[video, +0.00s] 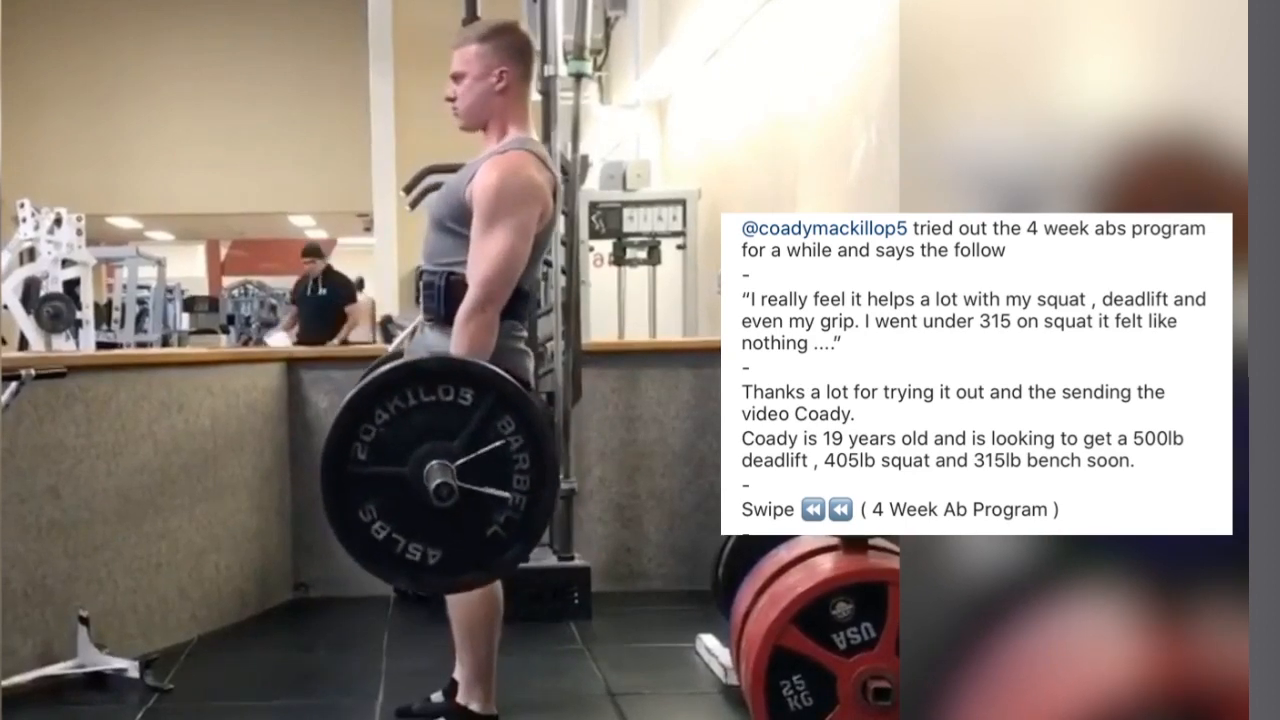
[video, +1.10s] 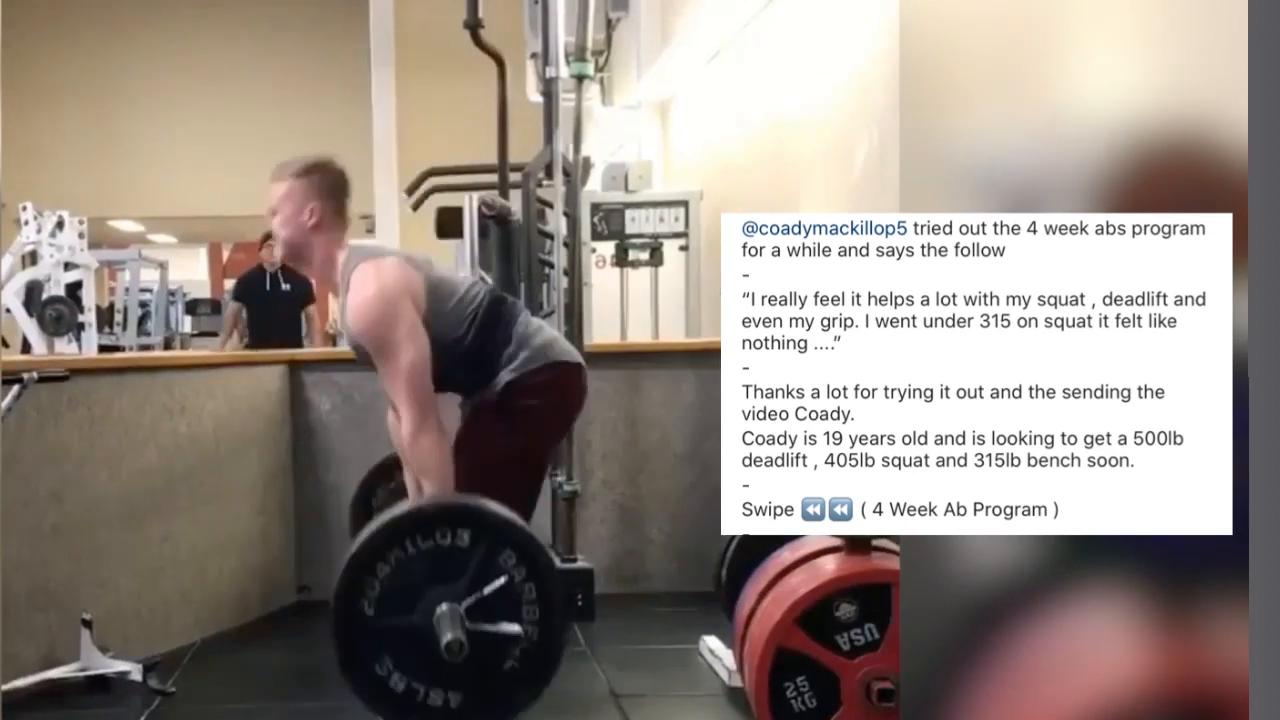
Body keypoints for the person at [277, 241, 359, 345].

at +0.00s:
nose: (309, 267)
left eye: (312, 262)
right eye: (305, 263)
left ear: (323, 261)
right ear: (303, 263)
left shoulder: (341, 282)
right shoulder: (302, 283)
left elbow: (354, 317)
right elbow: (297, 311)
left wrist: (338, 340)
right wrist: (284, 328)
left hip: (331, 346)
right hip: (304, 346)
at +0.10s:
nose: (304, 265)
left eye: (308, 260)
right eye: (300, 261)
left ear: (317, 260)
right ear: (296, 263)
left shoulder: (335, 282)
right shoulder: (293, 285)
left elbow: (350, 314)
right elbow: (287, 317)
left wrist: (339, 341)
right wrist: (271, 336)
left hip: (327, 350)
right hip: (299, 351)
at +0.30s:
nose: (291, 260)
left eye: (294, 255)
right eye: (286, 256)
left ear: (302, 256)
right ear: (280, 260)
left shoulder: (320, 277)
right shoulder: (276, 286)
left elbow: (338, 308)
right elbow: (270, 318)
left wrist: (342, 339)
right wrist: (258, 342)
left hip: (321, 350)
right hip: (288, 353)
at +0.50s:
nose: (282, 255)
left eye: (286, 250)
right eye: (277, 251)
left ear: (293, 254)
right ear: (269, 258)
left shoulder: (311, 278)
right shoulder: (262, 285)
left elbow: (333, 311)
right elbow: (254, 319)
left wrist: (339, 341)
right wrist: (252, 346)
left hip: (312, 351)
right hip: (278, 353)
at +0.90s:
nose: (277, 255)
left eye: (281, 251)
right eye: (272, 251)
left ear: (287, 256)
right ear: (263, 257)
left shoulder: (302, 282)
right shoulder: (253, 284)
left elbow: (317, 318)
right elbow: (240, 319)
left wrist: (324, 351)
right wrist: (235, 353)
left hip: (298, 355)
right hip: (263, 357)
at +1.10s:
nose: (272, 251)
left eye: (276, 246)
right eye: (268, 246)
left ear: (283, 251)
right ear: (260, 252)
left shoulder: (299, 281)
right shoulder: (247, 280)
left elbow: (311, 316)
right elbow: (232, 313)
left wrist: (315, 348)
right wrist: (221, 346)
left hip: (292, 355)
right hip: (257, 356)